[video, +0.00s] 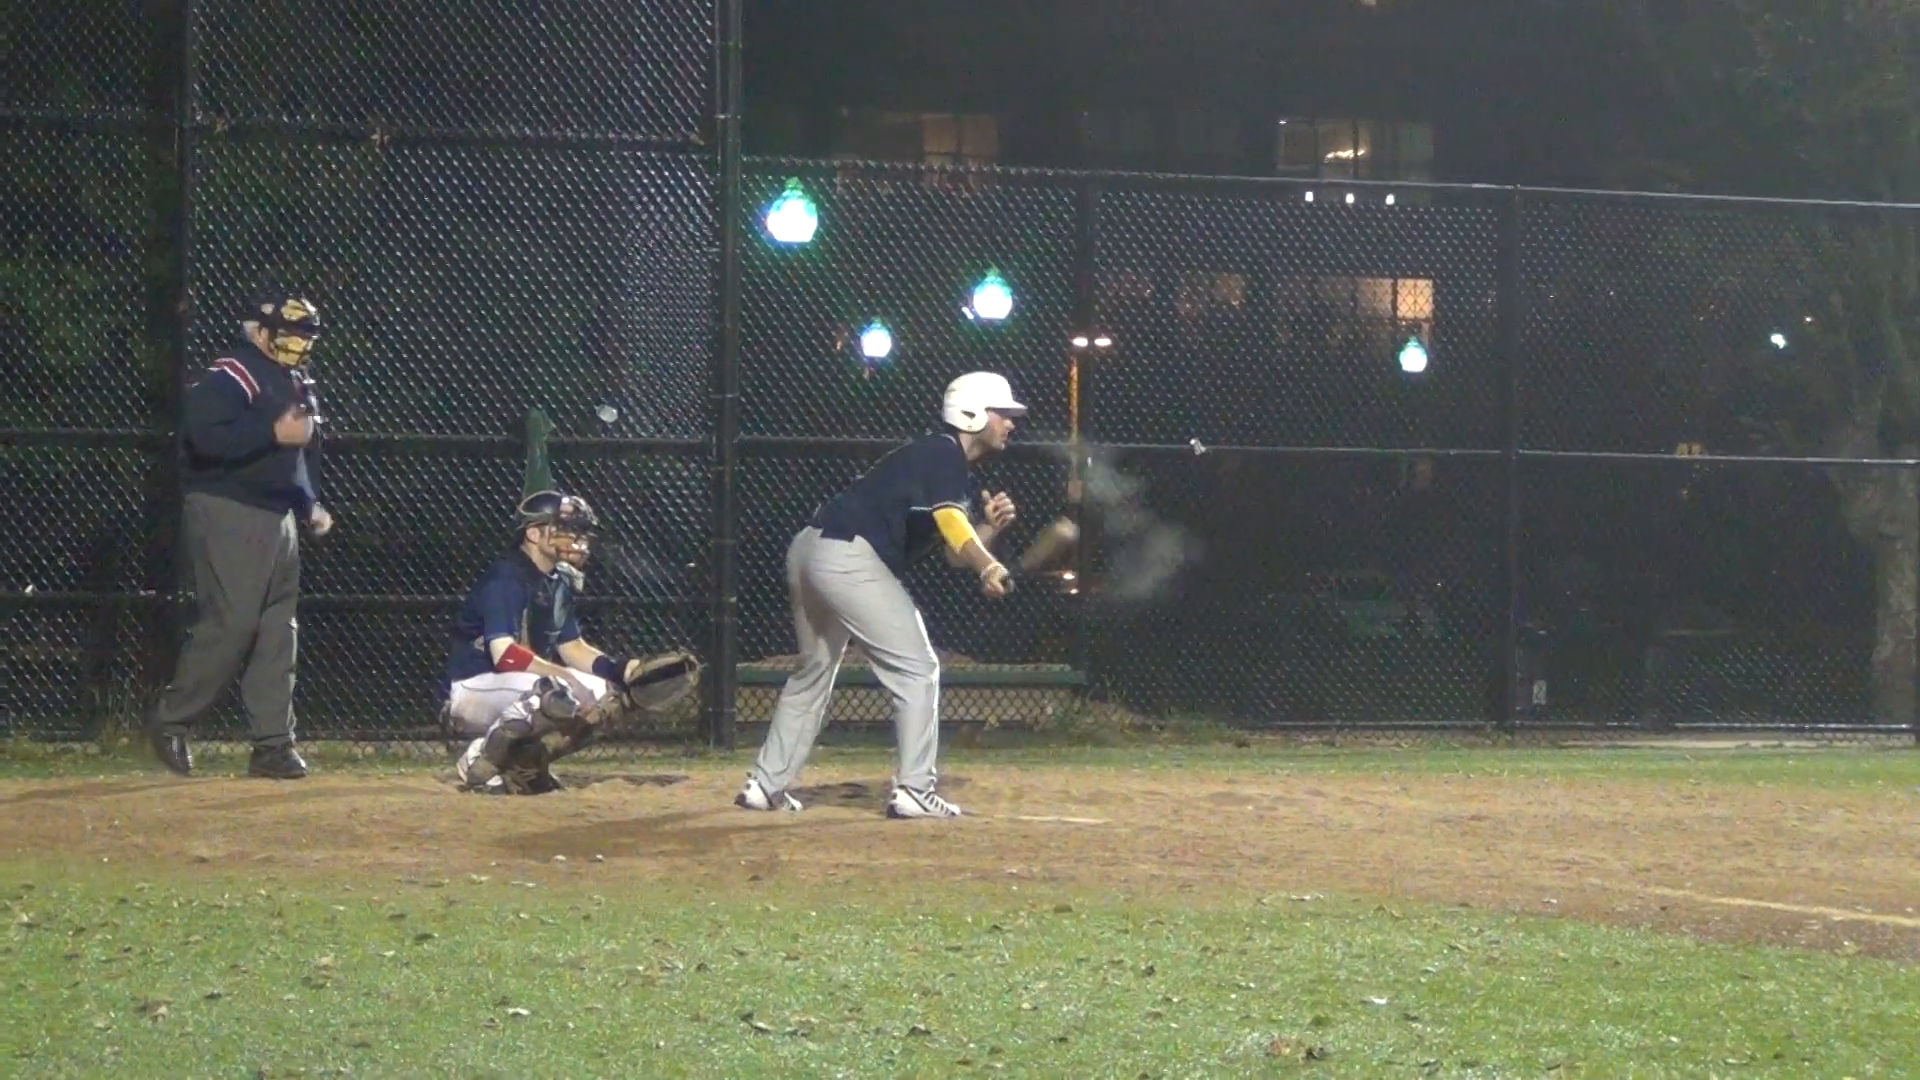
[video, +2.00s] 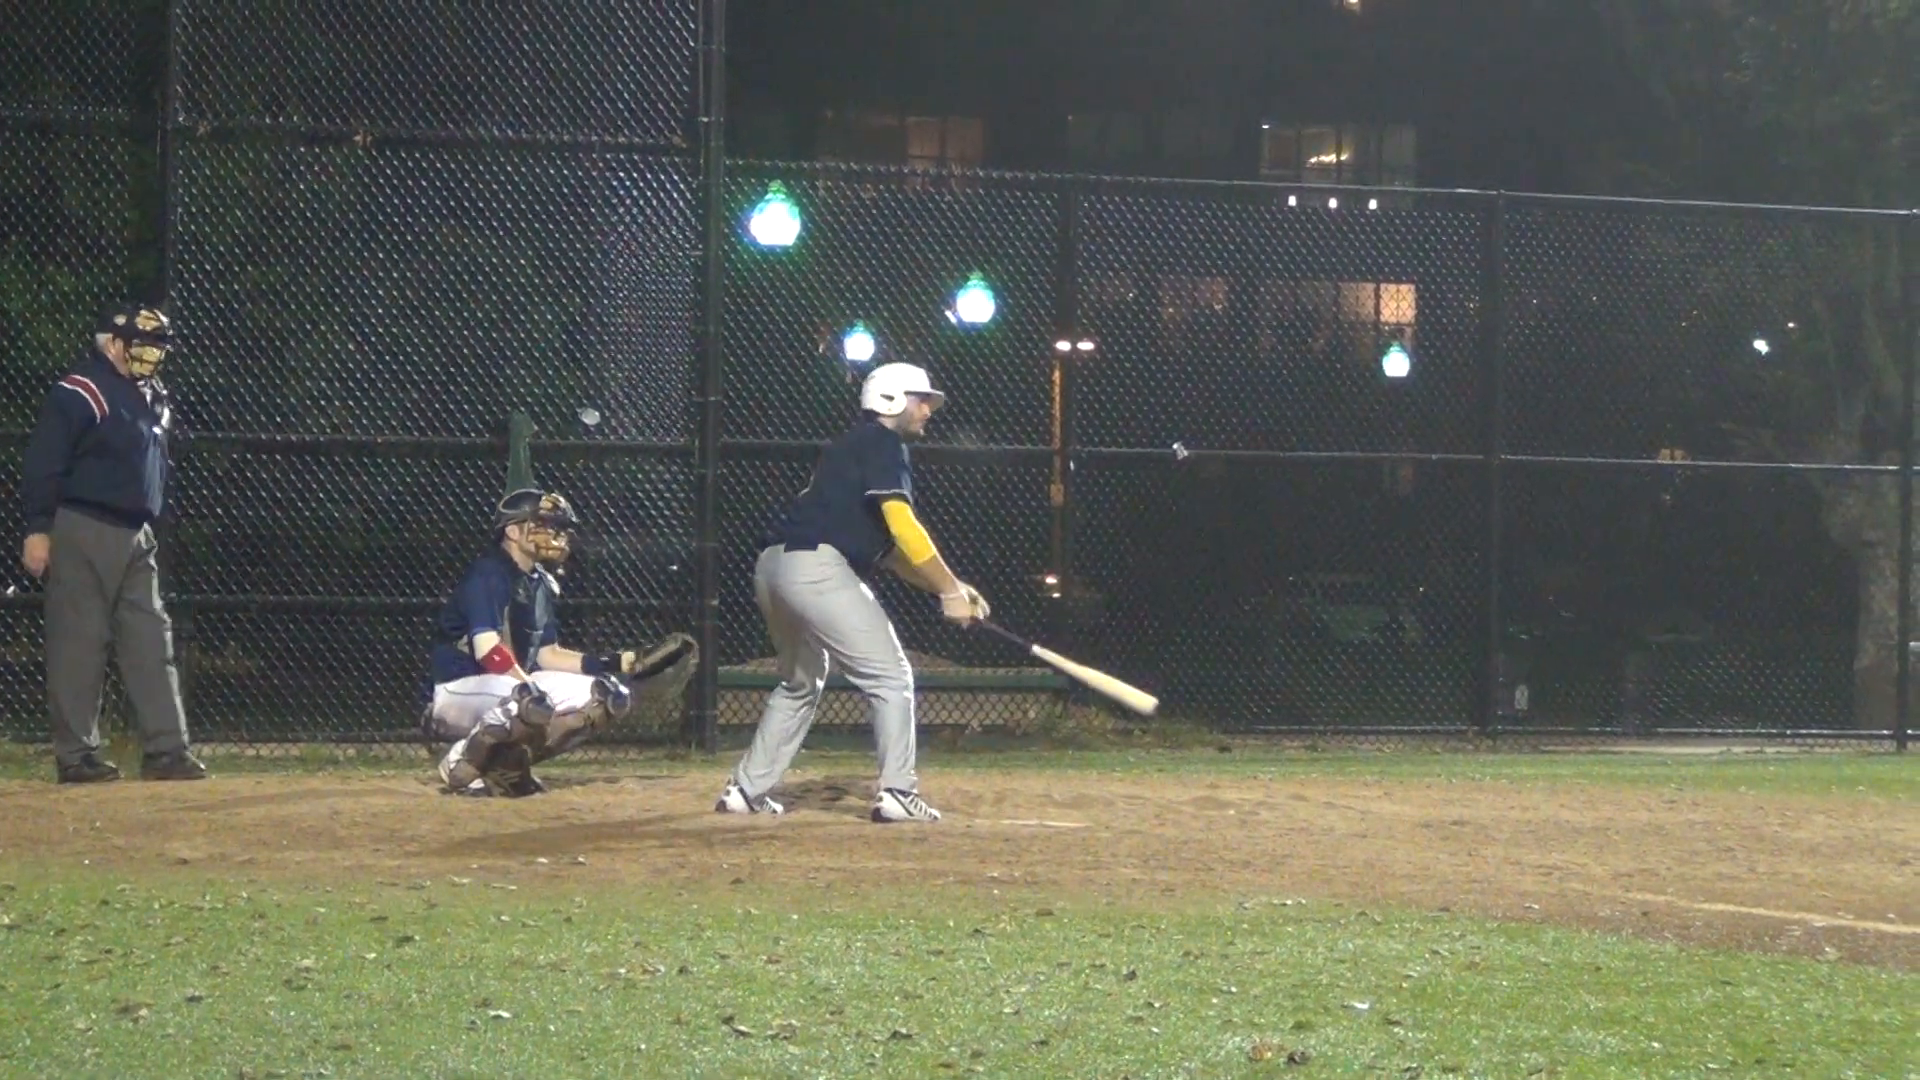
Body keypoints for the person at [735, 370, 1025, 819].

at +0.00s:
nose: (1012, 424)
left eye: (1011, 416)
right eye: (1003, 415)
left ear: (970, 419)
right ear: (974, 417)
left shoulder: (925, 454)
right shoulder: (945, 455)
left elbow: (955, 554)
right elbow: (953, 527)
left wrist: (988, 529)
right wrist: (988, 564)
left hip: (807, 546)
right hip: (847, 553)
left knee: (814, 670)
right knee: (918, 669)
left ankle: (765, 784)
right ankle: (915, 791)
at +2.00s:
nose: (928, 411)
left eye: (929, 402)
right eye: (921, 401)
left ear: (885, 404)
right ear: (892, 400)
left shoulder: (851, 444)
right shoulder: (884, 443)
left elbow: (890, 551)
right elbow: (900, 524)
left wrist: (951, 590)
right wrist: (949, 589)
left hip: (773, 564)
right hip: (817, 565)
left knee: (801, 679)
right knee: (891, 676)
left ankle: (747, 790)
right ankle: (897, 792)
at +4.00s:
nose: (889, 409)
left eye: (888, 400)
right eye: (882, 400)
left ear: (834, 401)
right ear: (857, 403)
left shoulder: (788, 441)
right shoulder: (872, 452)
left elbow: (815, 493)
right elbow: (916, 515)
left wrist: (872, 460)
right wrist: (896, 467)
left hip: (761, 584)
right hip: (820, 585)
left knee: (792, 683)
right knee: (898, 691)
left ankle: (751, 790)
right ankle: (906, 794)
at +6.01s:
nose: (918, 461)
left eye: (918, 455)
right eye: (916, 453)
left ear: (862, 435)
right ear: (903, 444)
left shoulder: (819, 473)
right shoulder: (919, 484)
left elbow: (745, 520)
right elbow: (921, 547)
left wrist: (791, 520)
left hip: (819, 606)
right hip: (888, 604)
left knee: (808, 690)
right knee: (968, 699)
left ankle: (760, 787)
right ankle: (981, 794)